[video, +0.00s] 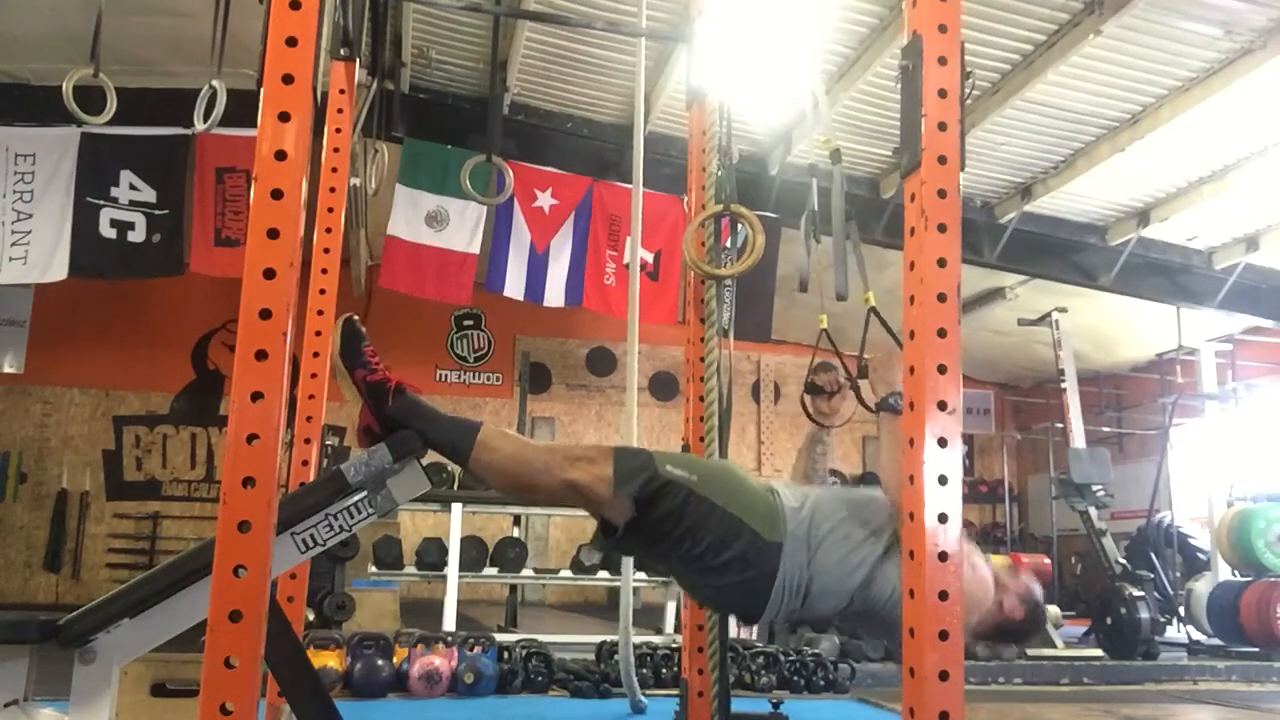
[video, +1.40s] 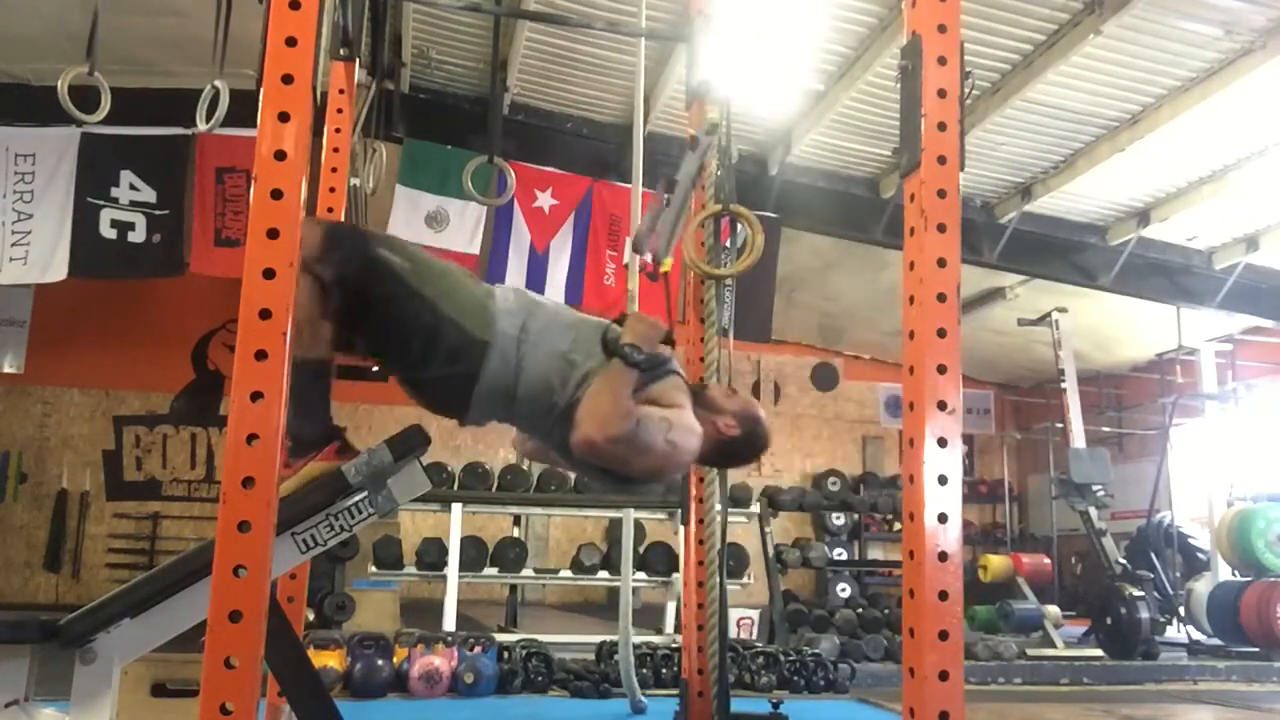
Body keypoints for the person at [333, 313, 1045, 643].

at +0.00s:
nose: (1017, 568)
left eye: (1024, 583)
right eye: (1025, 569)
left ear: (1007, 613)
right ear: (1002, 566)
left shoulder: (966, 596)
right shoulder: (947, 564)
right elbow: (859, 499)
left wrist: (934, 454)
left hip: (771, 549)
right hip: (766, 522)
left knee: (606, 479)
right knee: (600, 470)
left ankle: (402, 412)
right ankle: (416, 432)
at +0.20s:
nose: (1014, 502)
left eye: (1023, 512)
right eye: (1022, 499)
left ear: (1015, 544)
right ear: (1010, 492)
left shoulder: (969, 532)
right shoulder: (960, 496)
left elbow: (908, 490)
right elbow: (891, 460)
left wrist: (928, 428)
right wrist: (888, 409)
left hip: (786, 500)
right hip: (775, 475)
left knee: (605, 461)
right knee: (596, 453)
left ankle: (402, 417)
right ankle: (407, 415)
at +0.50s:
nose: (1019, 422)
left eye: (1030, 432)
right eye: (1025, 419)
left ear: (1027, 460)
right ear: (1011, 421)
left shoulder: (985, 465)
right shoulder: (964, 428)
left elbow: (907, 471)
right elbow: (886, 426)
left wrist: (918, 381)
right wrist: (895, 370)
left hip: (786, 443)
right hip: (776, 425)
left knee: (594, 373)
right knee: (579, 392)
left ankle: (389, 407)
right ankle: (398, 421)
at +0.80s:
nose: (925, 422)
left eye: (939, 432)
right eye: (937, 422)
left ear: (938, 467)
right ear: (927, 426)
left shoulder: (897, 486)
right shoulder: (884, 434)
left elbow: (825, 474)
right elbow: (828, 418)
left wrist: (824, 382)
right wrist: (830, 363)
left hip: (687, 418)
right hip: (688, 382)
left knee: (530, 294)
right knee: (515, 316)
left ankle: (370, 408)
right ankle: (378, 400)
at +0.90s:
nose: (894, 421)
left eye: (906, 434)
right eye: (904, 420)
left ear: (900, 470)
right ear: (891, 433)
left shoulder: (848, 480)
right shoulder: (832, 439)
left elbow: (772, 476)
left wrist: (802, 394)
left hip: (646, 405)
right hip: (646, 395)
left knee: (492, 276)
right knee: (485, 303)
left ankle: (352, 416)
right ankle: (357, 413)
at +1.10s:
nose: (809, 438)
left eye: (817, 452)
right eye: (817, 440)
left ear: (807, 471)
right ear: (804, 437)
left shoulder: (763, 473)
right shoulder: (746, 444)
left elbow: (679, 458)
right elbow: (602, 477)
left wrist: (710, 378)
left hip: (569, 373)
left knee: (410, 243)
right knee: (392, 296)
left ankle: (329, 421)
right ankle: (326, 421)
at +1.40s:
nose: (730, 385)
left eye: (740, 400)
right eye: (742, 389)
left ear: (726, 429)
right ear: (724, 416)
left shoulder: (681, 440)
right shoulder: (667, 406)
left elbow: (598, 431)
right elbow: (532, 438)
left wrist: (637, 351)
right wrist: (637, 355)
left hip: (482, 355)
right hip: (484, 316)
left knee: (329, 247)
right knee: (330, 255)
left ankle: (305, 418)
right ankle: (304, 417)